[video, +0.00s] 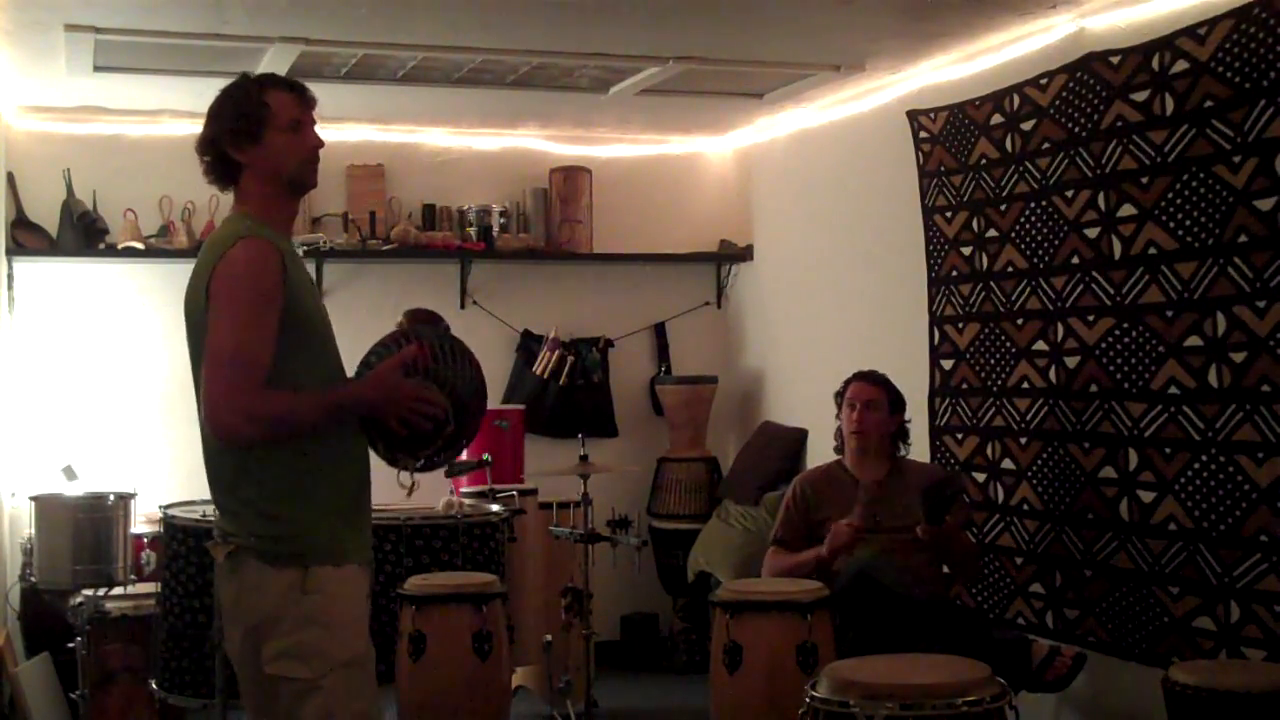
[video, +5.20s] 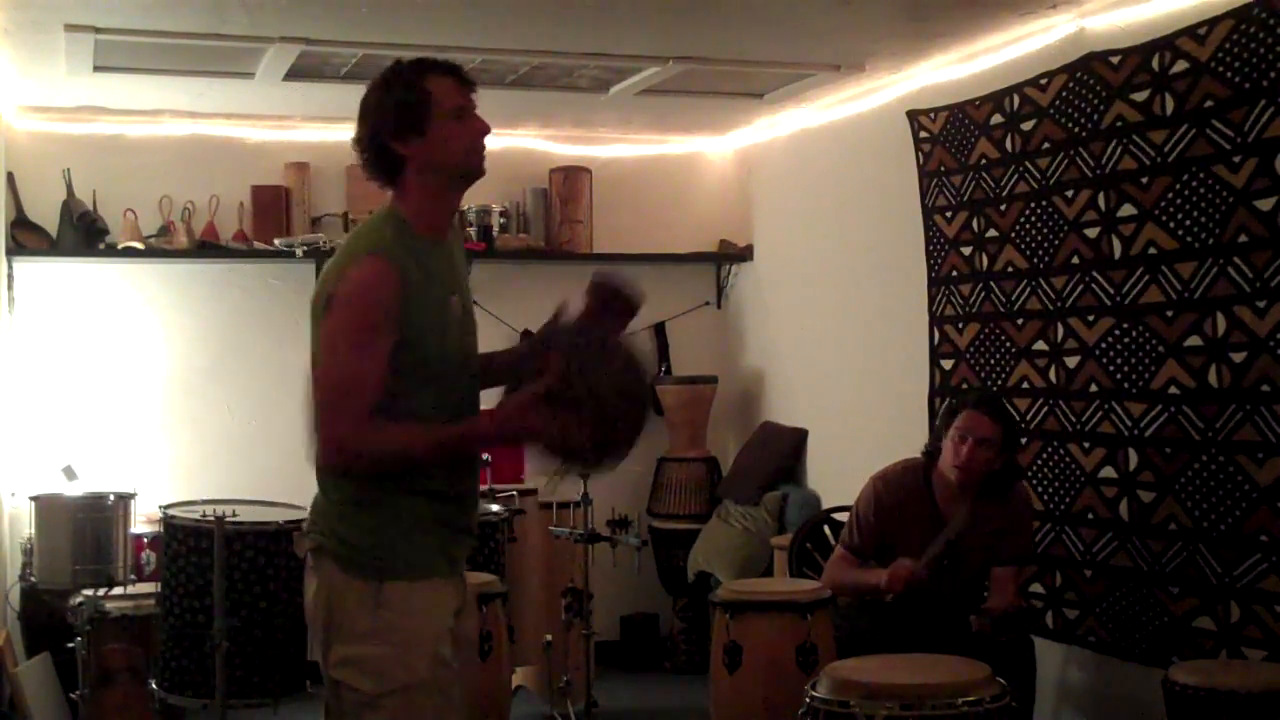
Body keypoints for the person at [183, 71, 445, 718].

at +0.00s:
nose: (319, 138)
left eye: (314, 125)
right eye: (301, 125)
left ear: (254, 149)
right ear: (245, 144)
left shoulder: (258, 249)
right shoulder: (252, 253)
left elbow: (273, 404)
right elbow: (232, 413)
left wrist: (374, 379)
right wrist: (364, 396)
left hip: (292, 564)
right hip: (295, 570)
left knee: (304, 707)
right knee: (320, 708)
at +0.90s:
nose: (337, 139)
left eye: (334, 121)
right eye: (318, 121)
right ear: (258, 132)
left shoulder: (283, 245)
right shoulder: (265, 254)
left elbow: (325, 401)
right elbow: (314, 420)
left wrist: (416, 331)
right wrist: (433, 317)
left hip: (350, 572)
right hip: (333, 581)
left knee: (363, 709)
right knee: (349, 711)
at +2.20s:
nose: (333, 161)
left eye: (334, 144)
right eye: (318, 143)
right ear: (263, 148)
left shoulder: (285, 255)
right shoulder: (249, 258)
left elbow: (288, 393)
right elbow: (222, 424)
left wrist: (369, 372)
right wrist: (358, 392)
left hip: (329, 561)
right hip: (304, 567)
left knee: (336, 705)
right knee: (317, 706)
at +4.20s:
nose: (334, 156)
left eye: (332, 142)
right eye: (315, 144)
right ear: (265, 159)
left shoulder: (280, 260)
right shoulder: (250, 259)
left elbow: (294, 404)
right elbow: (195, 407)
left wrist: (380, 403)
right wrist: (346, 425)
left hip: (311, 561)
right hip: (293, 566)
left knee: (319, 708)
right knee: (331, 709)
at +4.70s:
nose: (388, 134)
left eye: (379, 120)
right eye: (367, 124)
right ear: (318, 152)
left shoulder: (353, 255)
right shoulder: (312, 260)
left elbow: (353, 413)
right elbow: (257, 421)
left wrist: (448, 440)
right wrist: (407, 477)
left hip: (354, 562)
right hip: (325, 571)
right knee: (362, 707)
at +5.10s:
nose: (476, 129)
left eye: (469, 114)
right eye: (456, 117)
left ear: (412, 141)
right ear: (401, 140)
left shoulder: (444, 244)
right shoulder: (360, 258)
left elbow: (428, 394)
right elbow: (288, 421)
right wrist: (447, 460)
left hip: (423, 556)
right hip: (367, 568)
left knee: (426, 708)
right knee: (383, 711)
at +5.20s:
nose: (484, 125)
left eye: (476, 111)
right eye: (462, 114)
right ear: (408, 140)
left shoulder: (444, 243)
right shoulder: (371, 267)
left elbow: (436, 377)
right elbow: (341, 445)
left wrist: (536, 356)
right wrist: (498, 426)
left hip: (431, 555)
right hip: (377, 569)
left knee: (437, 705)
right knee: (393, 709)